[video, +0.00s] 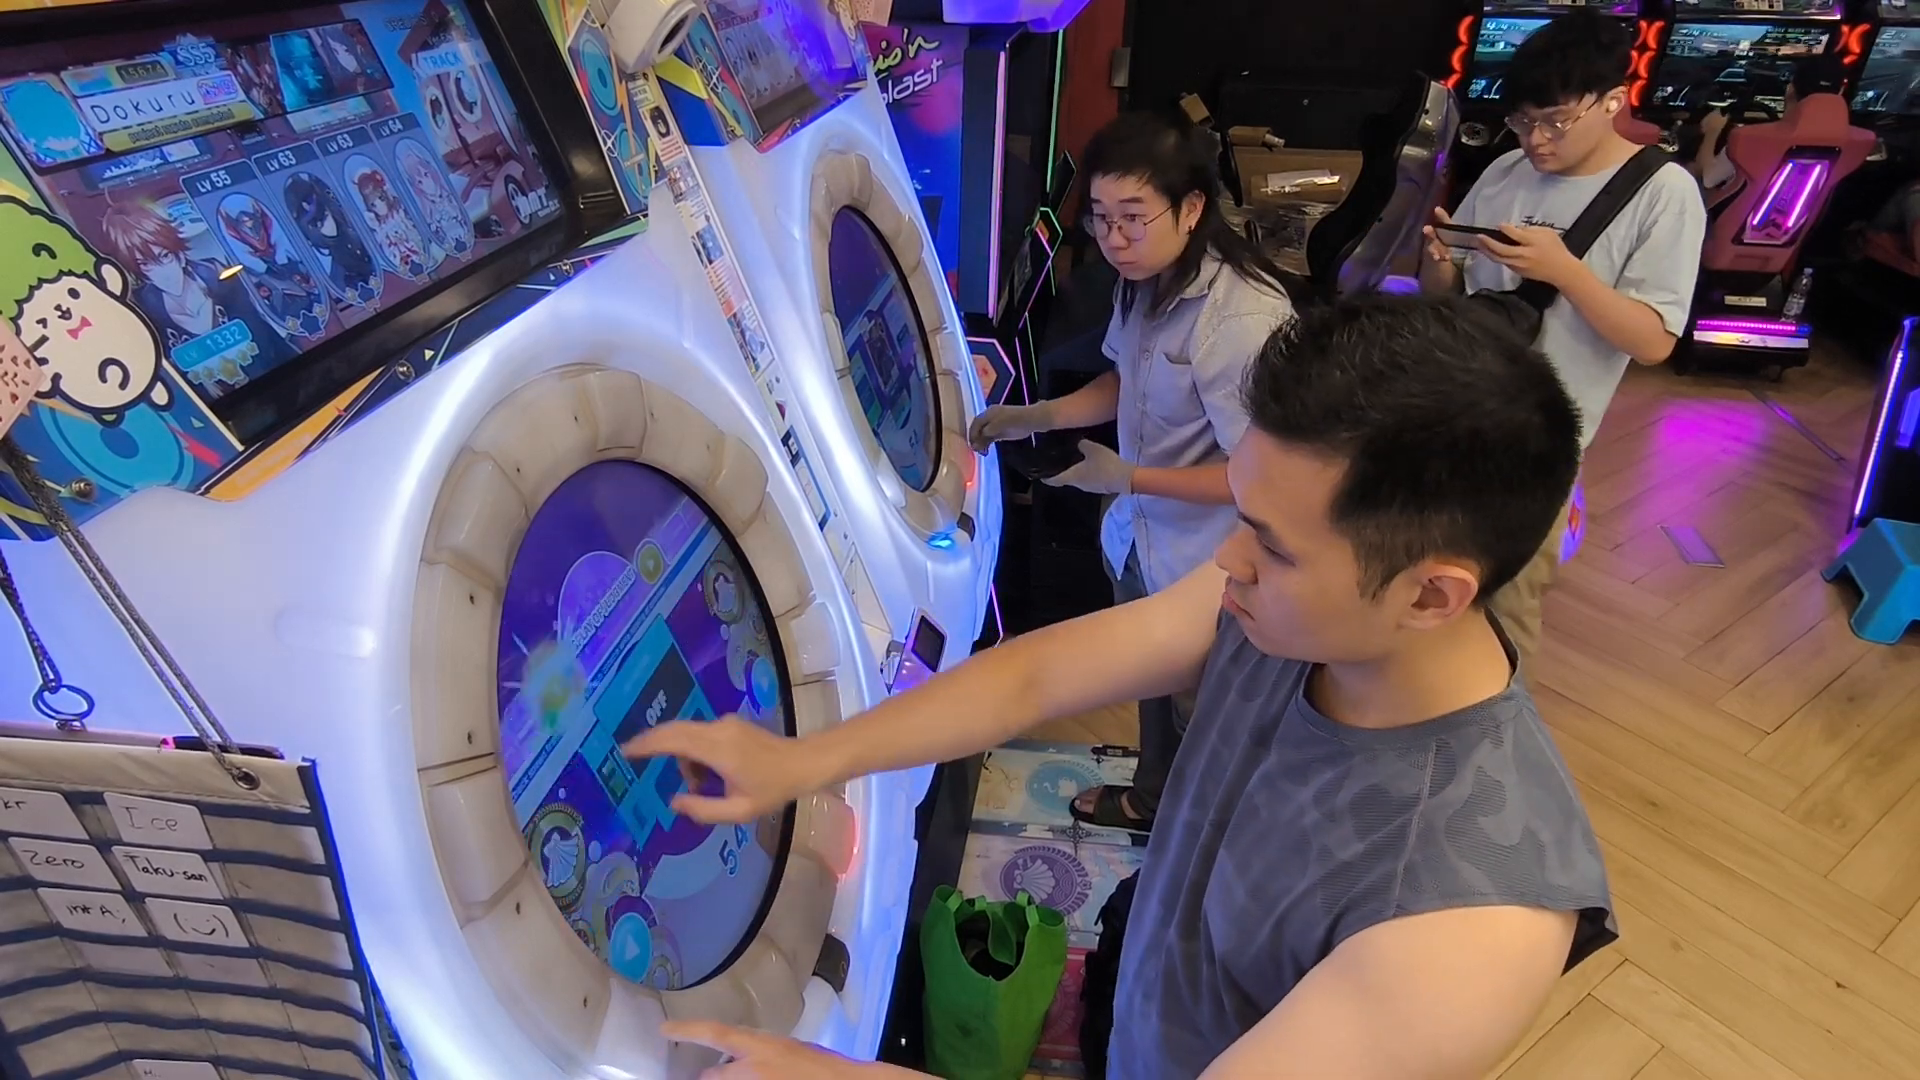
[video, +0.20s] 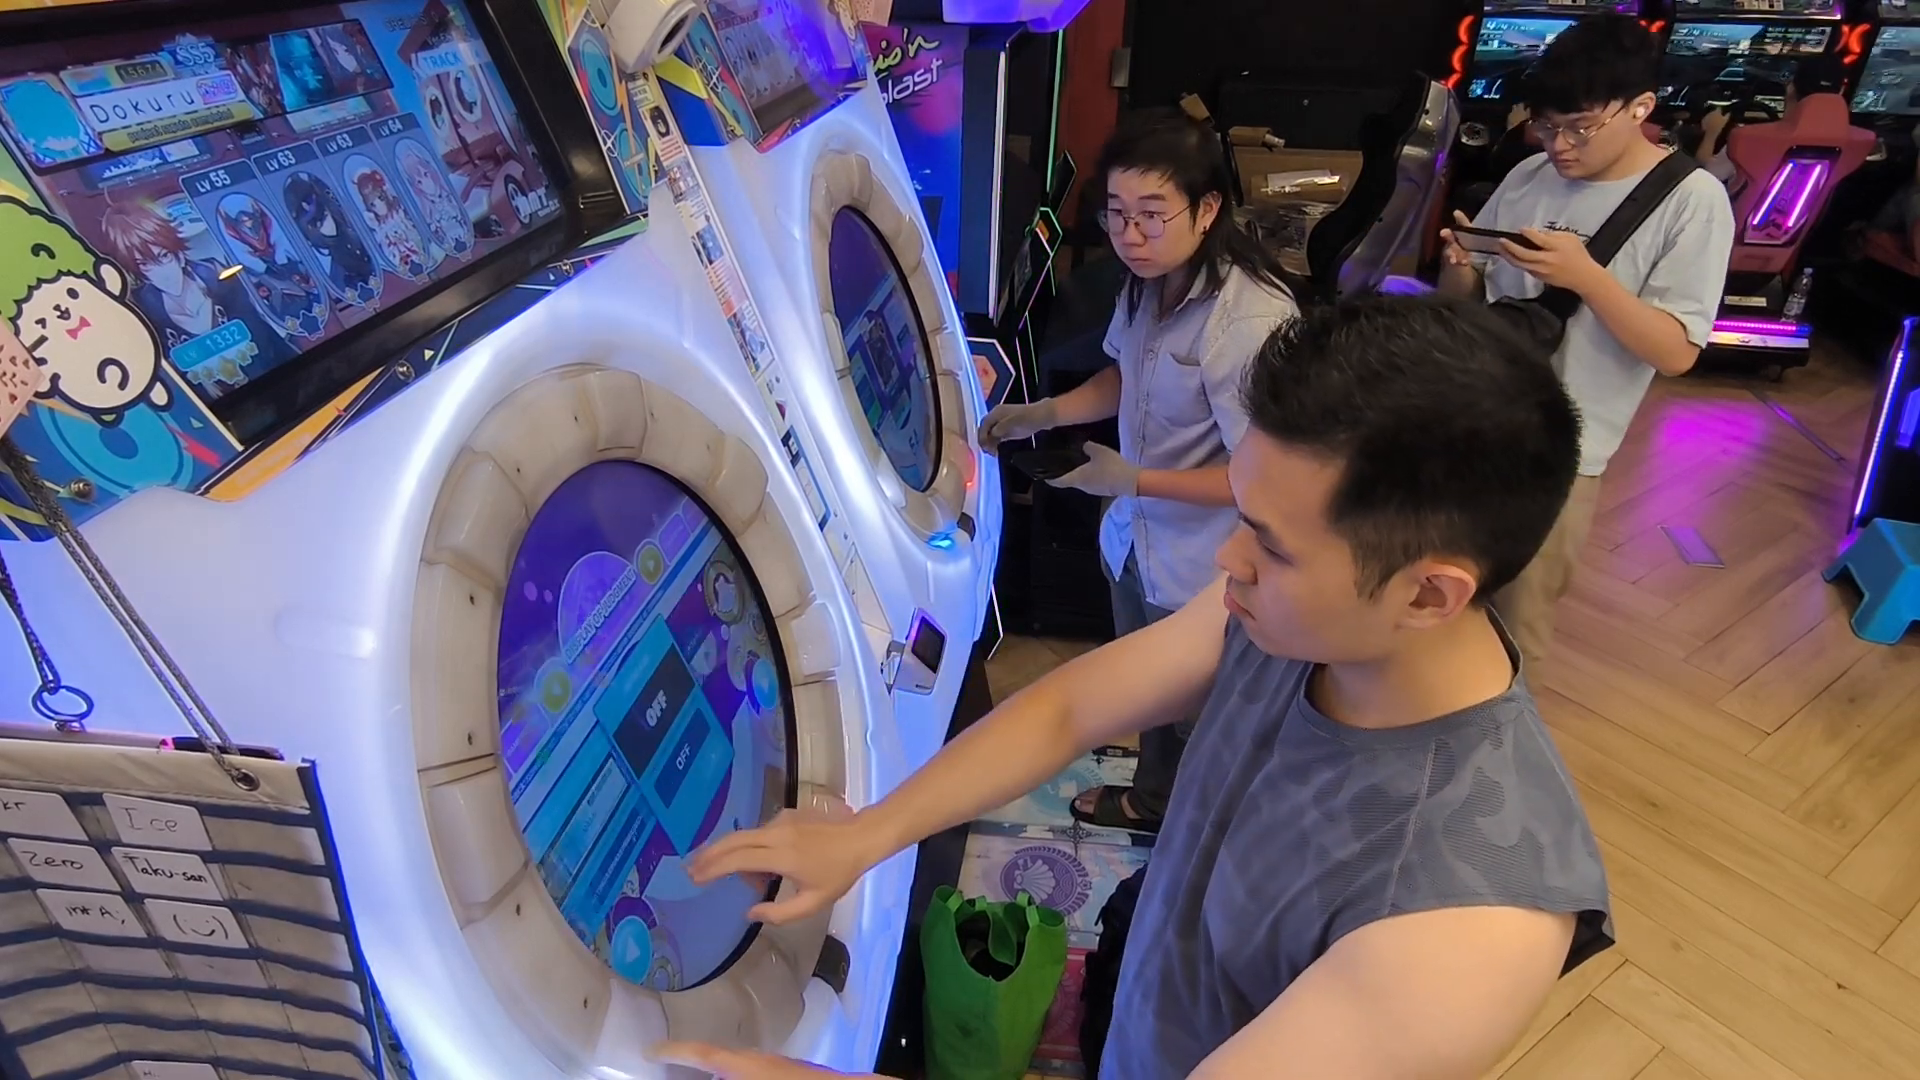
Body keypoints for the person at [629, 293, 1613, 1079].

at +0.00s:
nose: (1224, 562)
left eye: (1276, 551)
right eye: (1240, 517)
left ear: (1434, 594)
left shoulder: (1475, 908)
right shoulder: (1280, 590)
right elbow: (1031, 679)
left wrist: (860, 1079)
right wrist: (806, 760)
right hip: (1130, 1001)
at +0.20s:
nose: (1221, 560)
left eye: (1272, 549)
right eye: (1239, 516)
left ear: (1431, 593)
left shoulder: (1473, 909)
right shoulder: (1290, 604)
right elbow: (1067, 712)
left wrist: (808, 1070)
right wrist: (869, 830)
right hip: (1132, 1022)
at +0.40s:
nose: (1215, 554)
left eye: (1263, 541)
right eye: (1232, 511)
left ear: (1423, 590)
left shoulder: (1472, 903)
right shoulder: (1290, 610)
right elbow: (1065, 699)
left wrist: (862, 1075)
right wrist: (855, 796)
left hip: (1204, 1075)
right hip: (1133, 1018)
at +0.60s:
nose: (1223, 555)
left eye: (1273, 544)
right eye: (1241, 512)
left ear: (1434, 594)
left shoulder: (1479, 909)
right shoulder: (1302, 601)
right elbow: (1057, 669)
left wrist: (856, 1079)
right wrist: (827, 744)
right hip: (1136, 1010)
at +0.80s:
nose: (1229, 554)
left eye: (1279, 544)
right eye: (1246, 512)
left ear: (1438, 595)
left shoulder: (1486, 916)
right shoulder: (1295, 591)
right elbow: (1040, 654)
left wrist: (882, 1078)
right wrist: (793, 729)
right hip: (1137, 1003)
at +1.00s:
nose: (1233, 553)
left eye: (1283, 543)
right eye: (1248, 509)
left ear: (1443, 594)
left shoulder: (1492, 915)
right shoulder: (1284, 587)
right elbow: (1018, 656)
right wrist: (760, 719)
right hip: (1138, 1016)